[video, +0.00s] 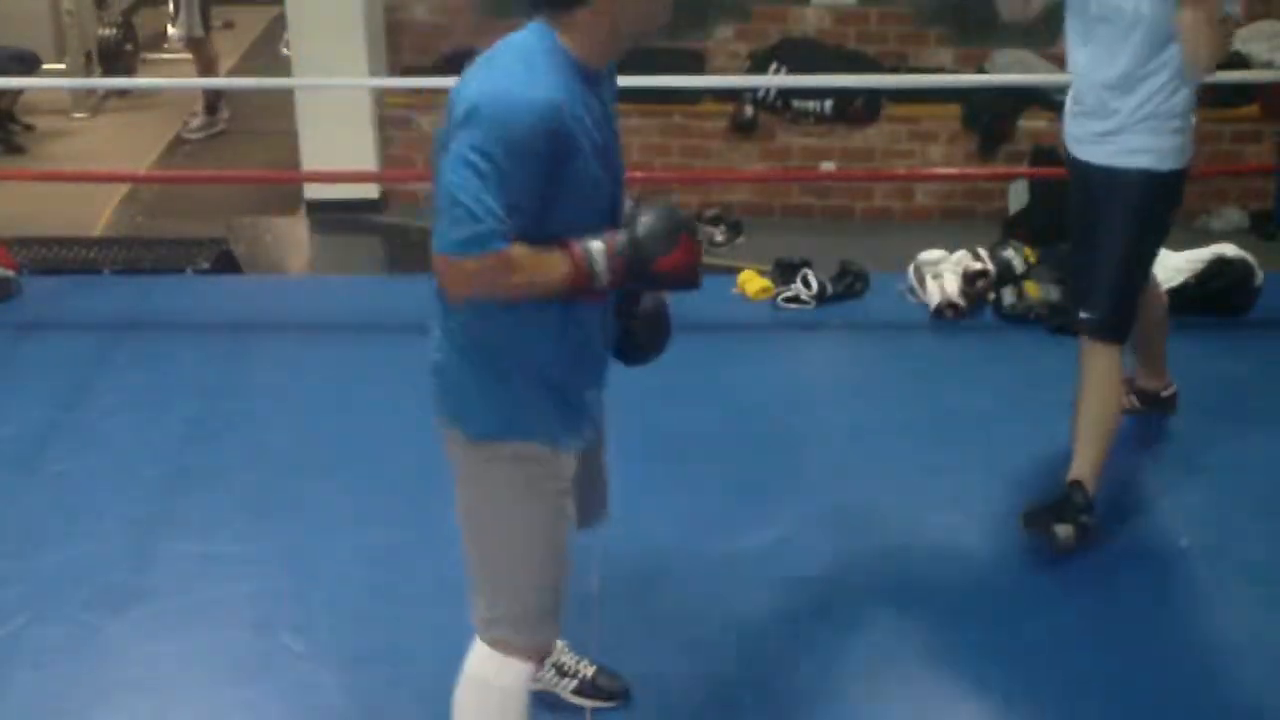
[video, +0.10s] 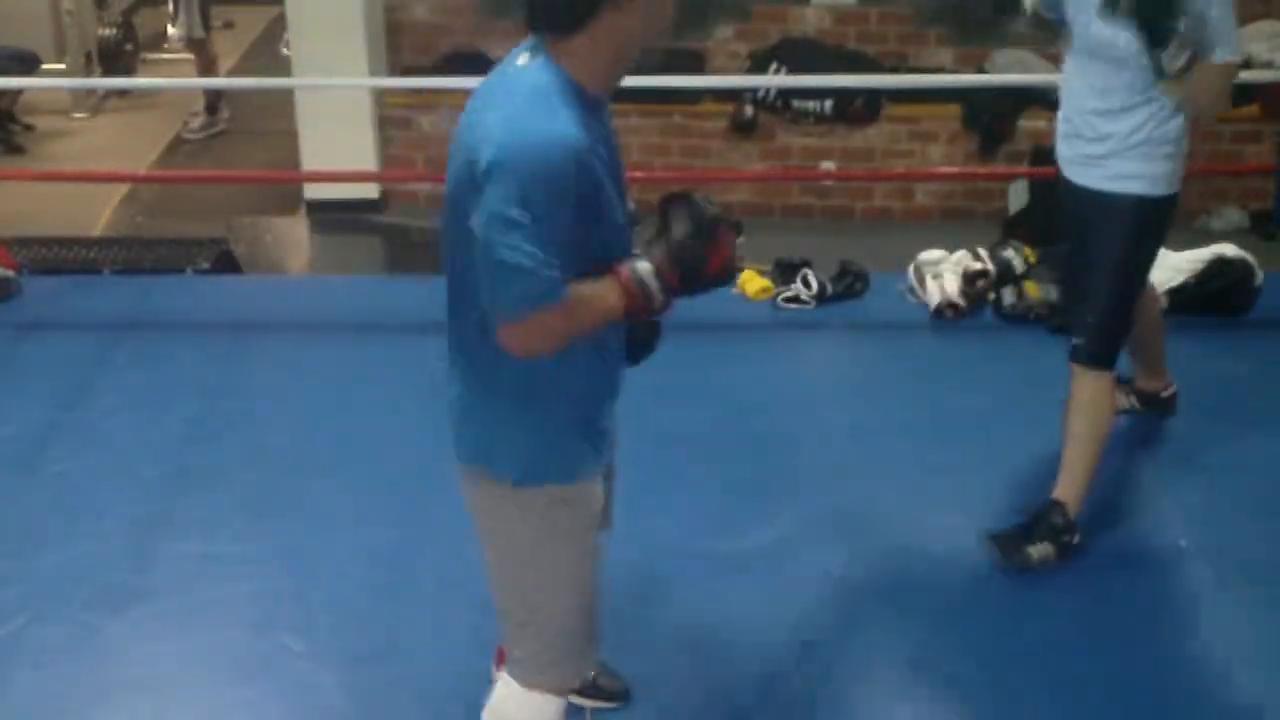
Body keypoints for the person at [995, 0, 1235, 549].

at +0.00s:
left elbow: (1202, 59)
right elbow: (1017, 12)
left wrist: (1206, 4)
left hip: (1148, 150)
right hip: (1084, 140)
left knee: (1101, 329)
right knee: (1131, 277)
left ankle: (1079, 492)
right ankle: (1152, 381)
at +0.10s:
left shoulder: (1201, 7)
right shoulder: (1076, 2)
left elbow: (1207, 101)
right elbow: (1063, 44)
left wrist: (1169, 51)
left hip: (1138, 174)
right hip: (1076, 164)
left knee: (1093, 349)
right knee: (1126, 289)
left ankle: (1063, 513)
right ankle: (1153, 384)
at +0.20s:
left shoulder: (1186, 8)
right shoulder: (1061, 2)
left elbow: (1201, 116)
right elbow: (1034, 38)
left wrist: (1129, 97)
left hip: (1132, 187)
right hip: (1069, 174)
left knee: (1079, 356)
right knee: (1117, 291)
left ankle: (1056, 522)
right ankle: (1147, 384)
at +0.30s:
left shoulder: (1174, 11)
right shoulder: (1046, 1)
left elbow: (1195, 126)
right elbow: (1022, 54)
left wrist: (1108, 114)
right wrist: (1013, 82)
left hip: (1131, 195)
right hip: (1060, 176)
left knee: (1079, 358)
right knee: (1063, 320)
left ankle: (1055, 524)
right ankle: (1123, 369)